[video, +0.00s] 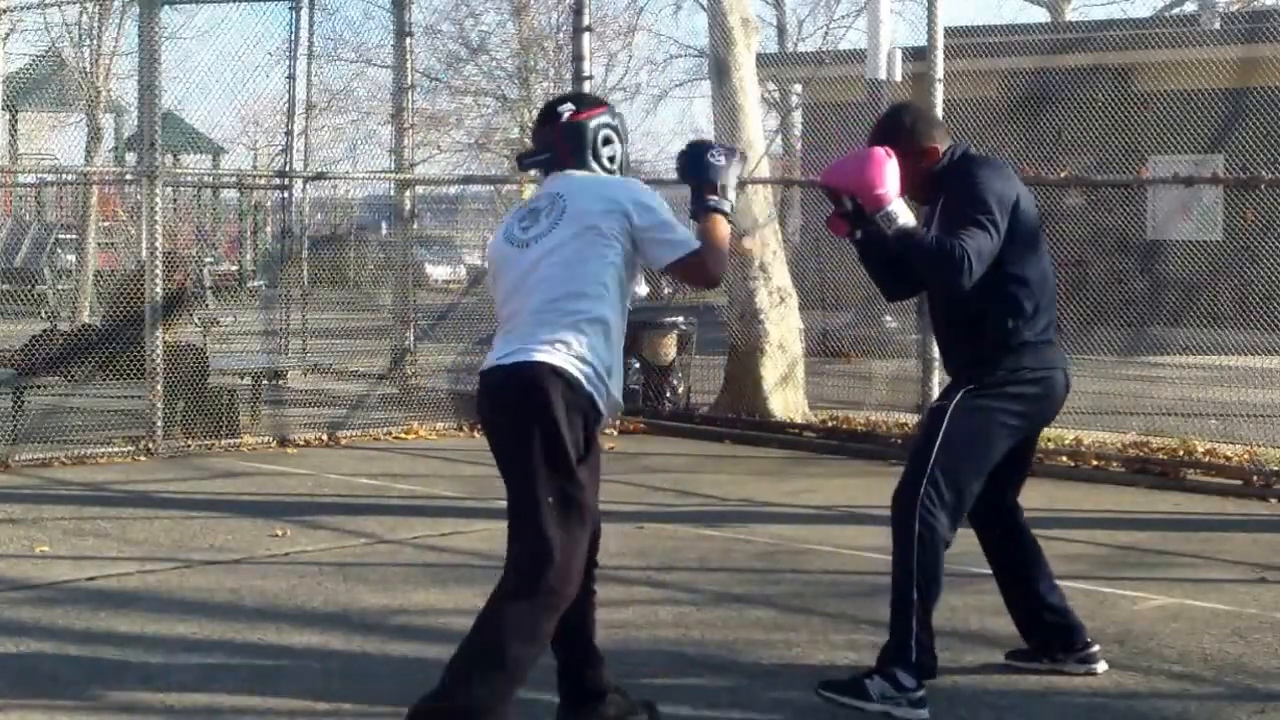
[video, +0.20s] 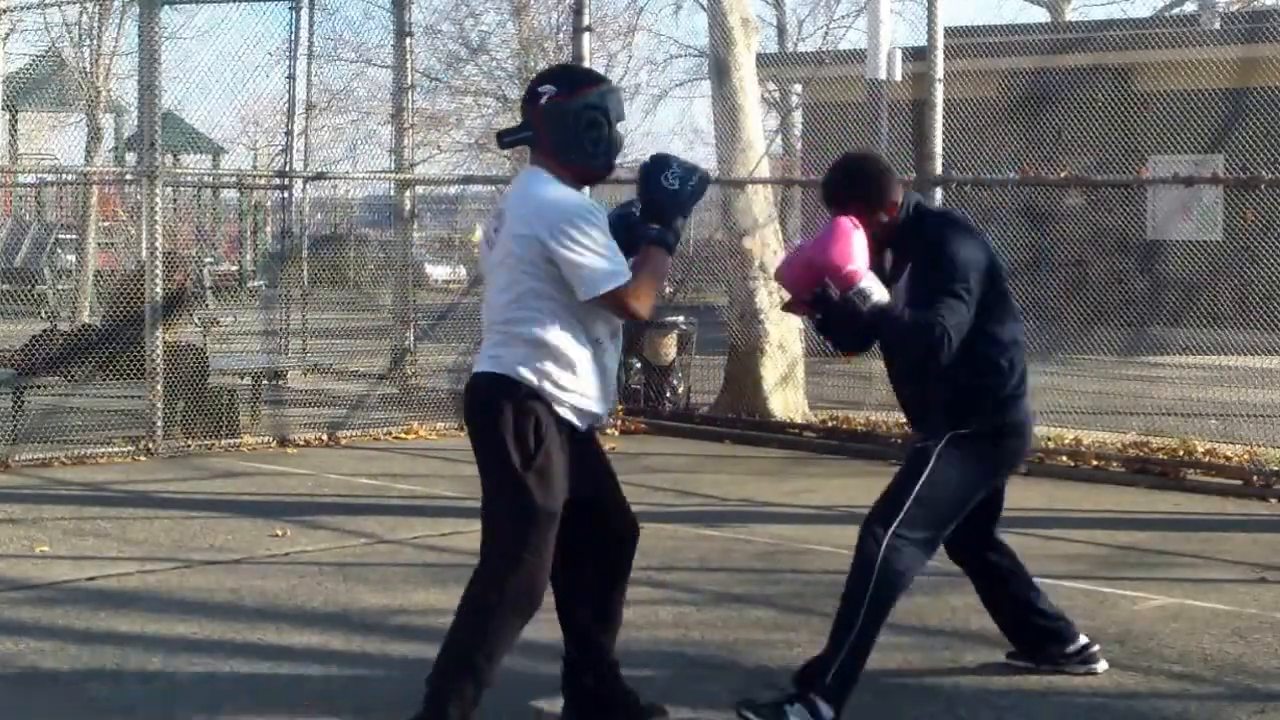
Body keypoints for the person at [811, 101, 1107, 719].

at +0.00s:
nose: (898, 182)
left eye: (895, 172)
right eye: (893, 173)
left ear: (916, 157)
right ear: (926, 151)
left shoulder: (983, 179)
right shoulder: (947, 196)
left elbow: (958, 270)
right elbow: (897, 284)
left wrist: (888, 215)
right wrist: (860, 231)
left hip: (1010, 374)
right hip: (1005, 373)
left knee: (920, 503)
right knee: (993, 509)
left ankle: (904, 674)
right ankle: (1060, 641)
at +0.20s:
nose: (843, 232)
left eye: (845, 221)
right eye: (841, 223)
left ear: (874, 212)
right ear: (884, 204)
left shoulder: (953, 242)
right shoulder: (891, 250)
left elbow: (938, 340)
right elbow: (857, 337)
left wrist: (862, 291)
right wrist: (818, 304)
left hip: (978, 431)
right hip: (955, 428)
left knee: (887, 537)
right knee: (973, 541)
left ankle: (820, 699)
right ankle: (1057, 643)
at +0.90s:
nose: (980, 186)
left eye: (981, 173)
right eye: (973, 175)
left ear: (1011, 156)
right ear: (1018, 152)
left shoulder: (1075, 199)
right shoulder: (1024, 197)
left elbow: (1041, 299)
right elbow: (973, 275)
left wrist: (977, 233)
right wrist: (939, 221)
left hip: (1102, 412)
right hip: (1066, 410)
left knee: (1030, 565)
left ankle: (1126, 695)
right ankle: (1100, 662)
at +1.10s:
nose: (1020, 199)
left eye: (1025, 183)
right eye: (1015, 185)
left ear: (1060, 167)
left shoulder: (1134, 204)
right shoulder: (1063, 194)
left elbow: (1099, 307)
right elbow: (1026, 278)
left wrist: (1032, 241)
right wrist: (980, 231)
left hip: (1165, 402)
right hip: (1127, 400)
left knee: (1075, 551)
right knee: (1120, 535)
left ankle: (1123, 706)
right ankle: (1237, 656)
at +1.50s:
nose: (1084, 181)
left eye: (1082, 167)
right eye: (1076, 170)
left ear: (1110, 145)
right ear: (1120, 138)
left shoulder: (1162, 178)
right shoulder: (1184, 167)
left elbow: (1129, 277)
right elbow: (1134, 273)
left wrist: (1068, 215)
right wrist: (1065, 225)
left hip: (1199, 404)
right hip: (1246, 402)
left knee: (1101, 562)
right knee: (1209, 559)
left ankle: (1112, 709)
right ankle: (1263, 701)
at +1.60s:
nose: (1081, 185)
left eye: (1079, 170)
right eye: (1074, 173)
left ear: (1108, 149)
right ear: (1121, 138)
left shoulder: (1162, 189)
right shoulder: (1187, 170)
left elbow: (1103, 282)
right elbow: (1108, 276)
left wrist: (1051, 208)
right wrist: (1048, 222)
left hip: (1197, 406)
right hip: (1248, 401)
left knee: (1104, 559)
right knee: (1206, 556)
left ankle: (1110, 709)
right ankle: (1264, 700)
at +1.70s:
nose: (1079, 187)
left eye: (1077, 172)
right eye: (1072, 174)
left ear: (1106, 152)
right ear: (1119, 142)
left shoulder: (1158, 197)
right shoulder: (1183, 170)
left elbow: (1089, 288)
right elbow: (1093, 273)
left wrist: (1043, 204)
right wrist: (1033, 222)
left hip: (1195, 413)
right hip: (1244, 404)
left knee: (1109, 560)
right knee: (1213, 551)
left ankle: (1110, 709)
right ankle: (1264, 700)